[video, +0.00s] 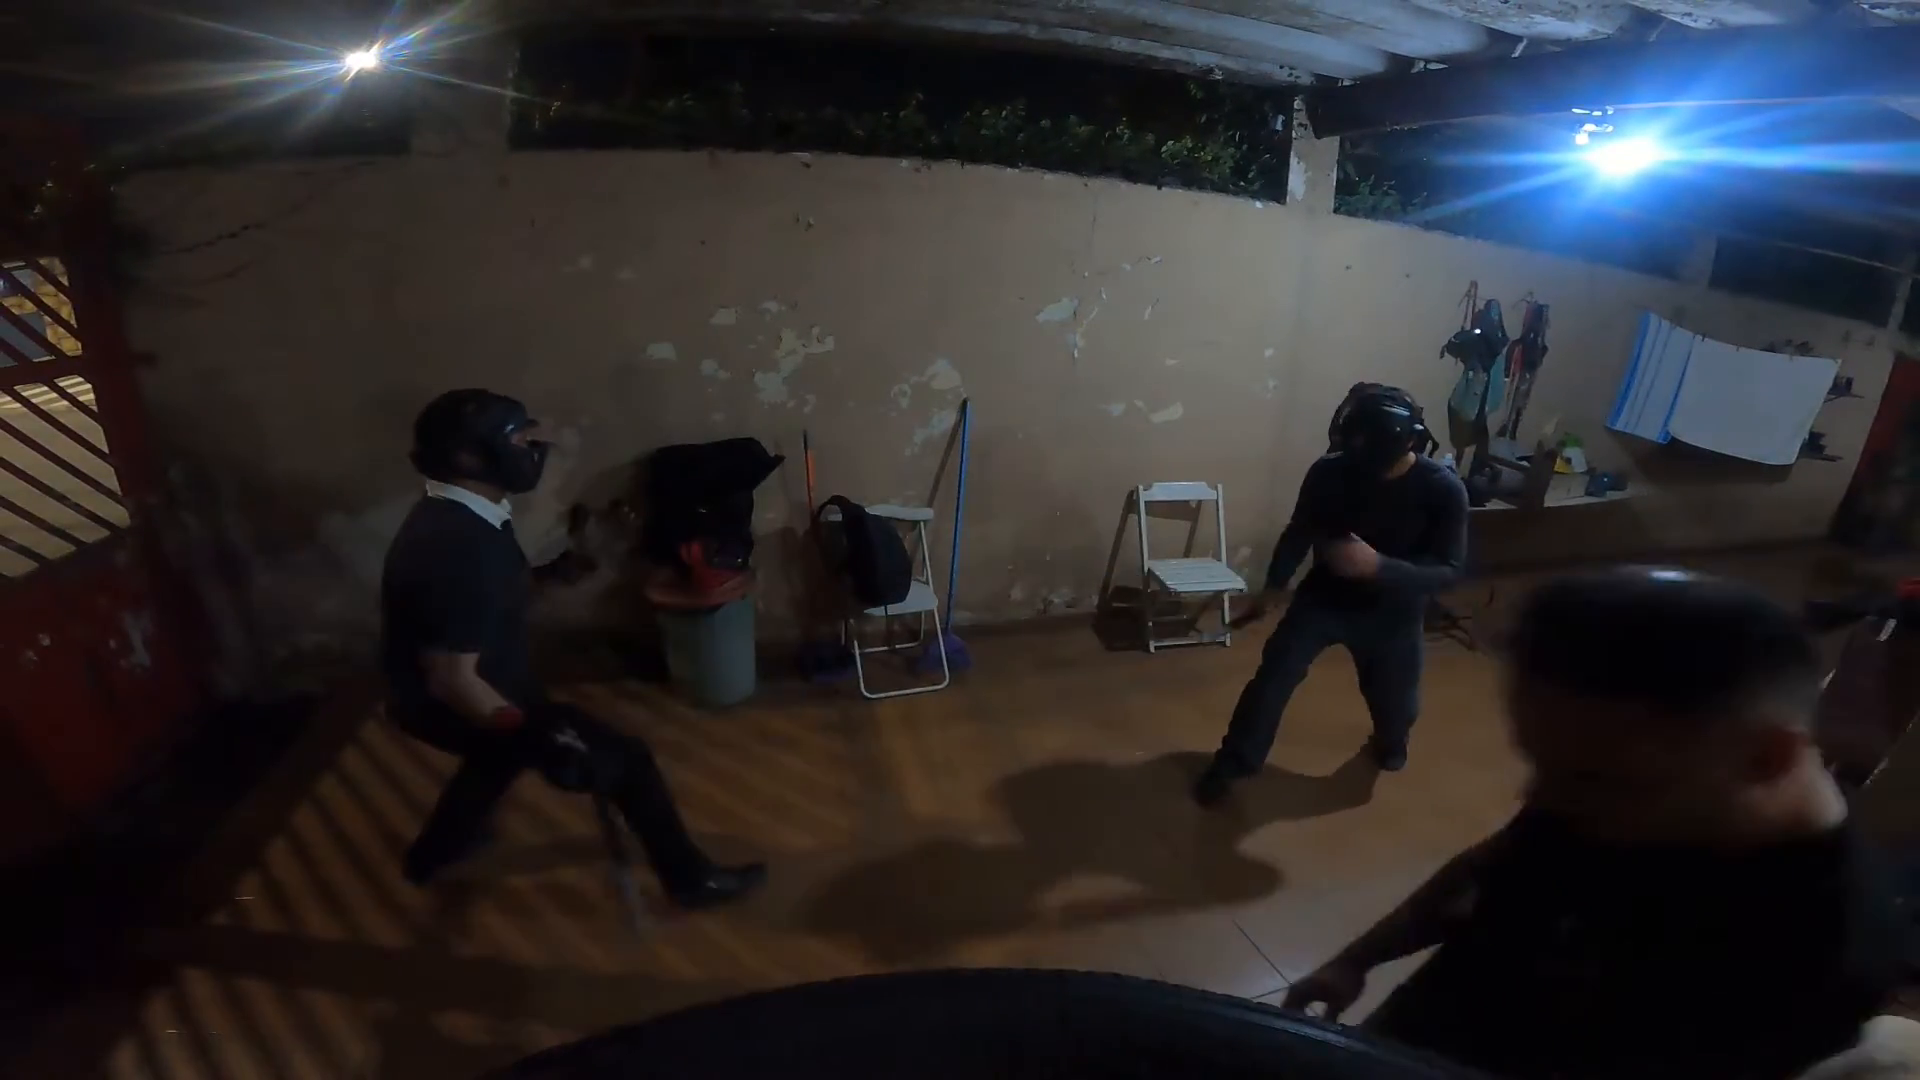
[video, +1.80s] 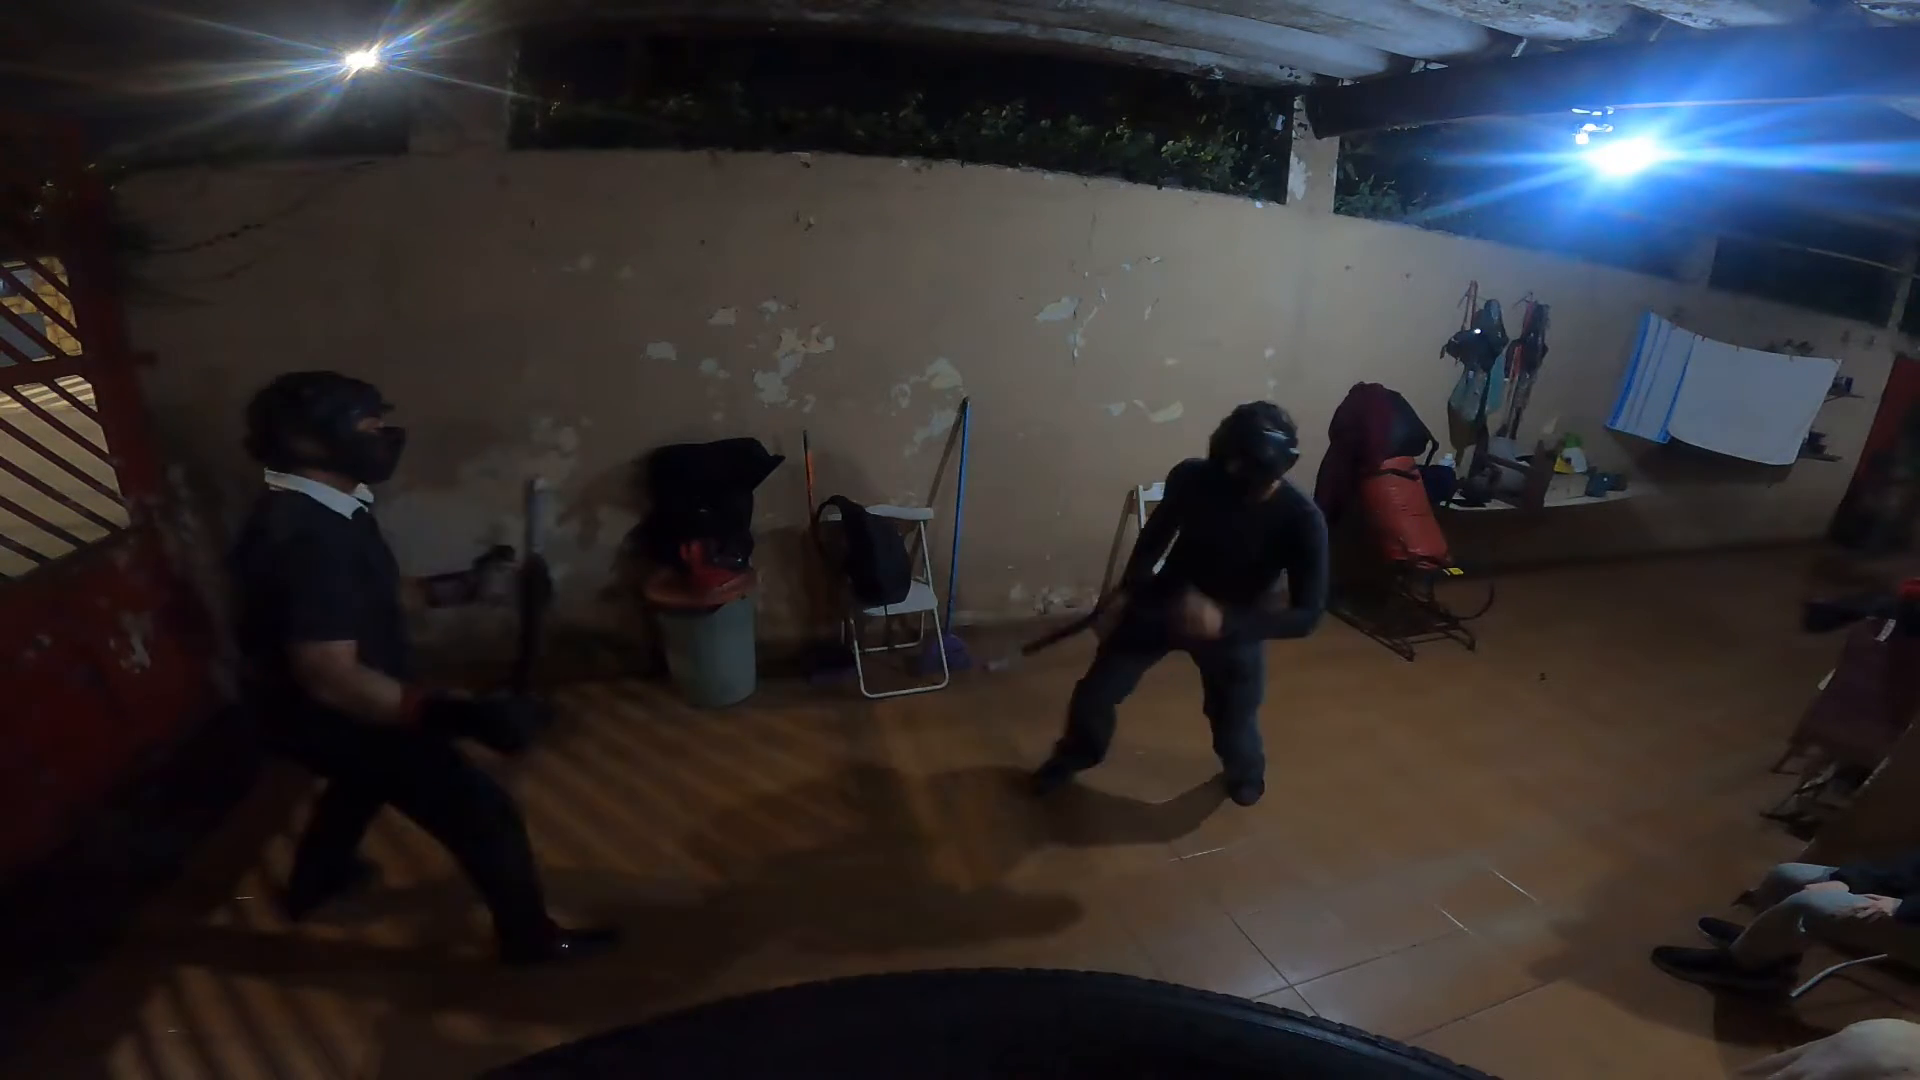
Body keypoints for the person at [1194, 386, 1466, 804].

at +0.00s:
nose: (1354, 452)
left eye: (1365, 444)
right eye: (1353, 441)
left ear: (1401, 445)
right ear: (1353, 438)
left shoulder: (1442, 490)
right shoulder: (1330, 473)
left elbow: (1450, 571)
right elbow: (1297, 536)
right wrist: (1267, 593)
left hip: (1393, 612)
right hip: (1324, 599)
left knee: (1396, 705)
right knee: (1273, 677)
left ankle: (1391, 747)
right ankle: (1234, 760)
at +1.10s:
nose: (1296, 460)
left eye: (1304, 452)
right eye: (1291, 450)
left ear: (1329, 440)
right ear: (1288, 440)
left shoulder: (1377, 482)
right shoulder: (1276, 463)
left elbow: (1417, 566)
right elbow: (1250, 514)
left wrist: (1362, 604)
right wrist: (1206, 560)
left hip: (1339, 598)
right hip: (1274, 585)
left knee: (1341, 701)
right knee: (1216, 675)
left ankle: (1338, 741)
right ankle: (1216, 760)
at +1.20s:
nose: (1253, 457)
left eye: (1260, 449)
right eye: (1251, 449)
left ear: (1294, 437)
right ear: (1254, 444)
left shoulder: (1348, 477)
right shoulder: (1259, 471)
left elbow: (1410, 550)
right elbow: (1238, 521)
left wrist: (1387, 618)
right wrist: (1191, 558)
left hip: (1334, 603)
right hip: (1272, 588)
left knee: (1335, 694)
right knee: (1202, 671)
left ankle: (1340, 744)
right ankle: (1184, 746)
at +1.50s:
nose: (1228, 471)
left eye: (1236, 461)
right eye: (1219, 461)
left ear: (1259, 448)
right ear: (1207, 452)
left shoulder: (1295, 485)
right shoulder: (1199, 473)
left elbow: (1357, 563)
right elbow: (1185, 528)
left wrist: (1329, 617)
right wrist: (1146, 577)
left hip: (1282, 599)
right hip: (1219, 589)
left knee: (1280, 714)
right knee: (1161, 681)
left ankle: (1292, 758)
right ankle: (1164, 747)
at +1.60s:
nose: (1254, 466)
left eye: (1267, 458)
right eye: (1247, 452)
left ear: (1292, 452)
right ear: (1237, 438)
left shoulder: (1318, 494)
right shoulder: (1208, 464)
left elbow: (1334, 587)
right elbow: (1180, 517)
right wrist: (1141, 573)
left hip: (1270, 601)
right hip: (1199, 585)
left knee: (1261, 715)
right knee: (1146, 678)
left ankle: (1248, 765)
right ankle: (1161, 740)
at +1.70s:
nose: (1267, 477)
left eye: (1281, 471)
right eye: (1261, 463)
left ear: (1304, 465)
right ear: (1249, 446)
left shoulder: (1321, 508)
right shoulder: (1212, 468)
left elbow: (1319, 599)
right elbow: (1174, 520)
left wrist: (1231, 567)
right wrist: (1137, 573)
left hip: (1257, 609)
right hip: (1191, 589)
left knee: (1247, 710)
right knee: (1125, 682)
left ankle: (1244, 776)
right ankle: (1148, 733)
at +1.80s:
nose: (1255, 488)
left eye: (1265, 478)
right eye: (1244, 475)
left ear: (1282, 470)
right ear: (1227, 459)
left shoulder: (1302, 521)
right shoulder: (1191, 480)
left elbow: (1306, 616)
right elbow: (1151, 544)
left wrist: (1225, 622)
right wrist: (1124, 595)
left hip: (1236, 624)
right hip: (1168, 601)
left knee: (1234, 725)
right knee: (1095, 692)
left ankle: (1246, 778)